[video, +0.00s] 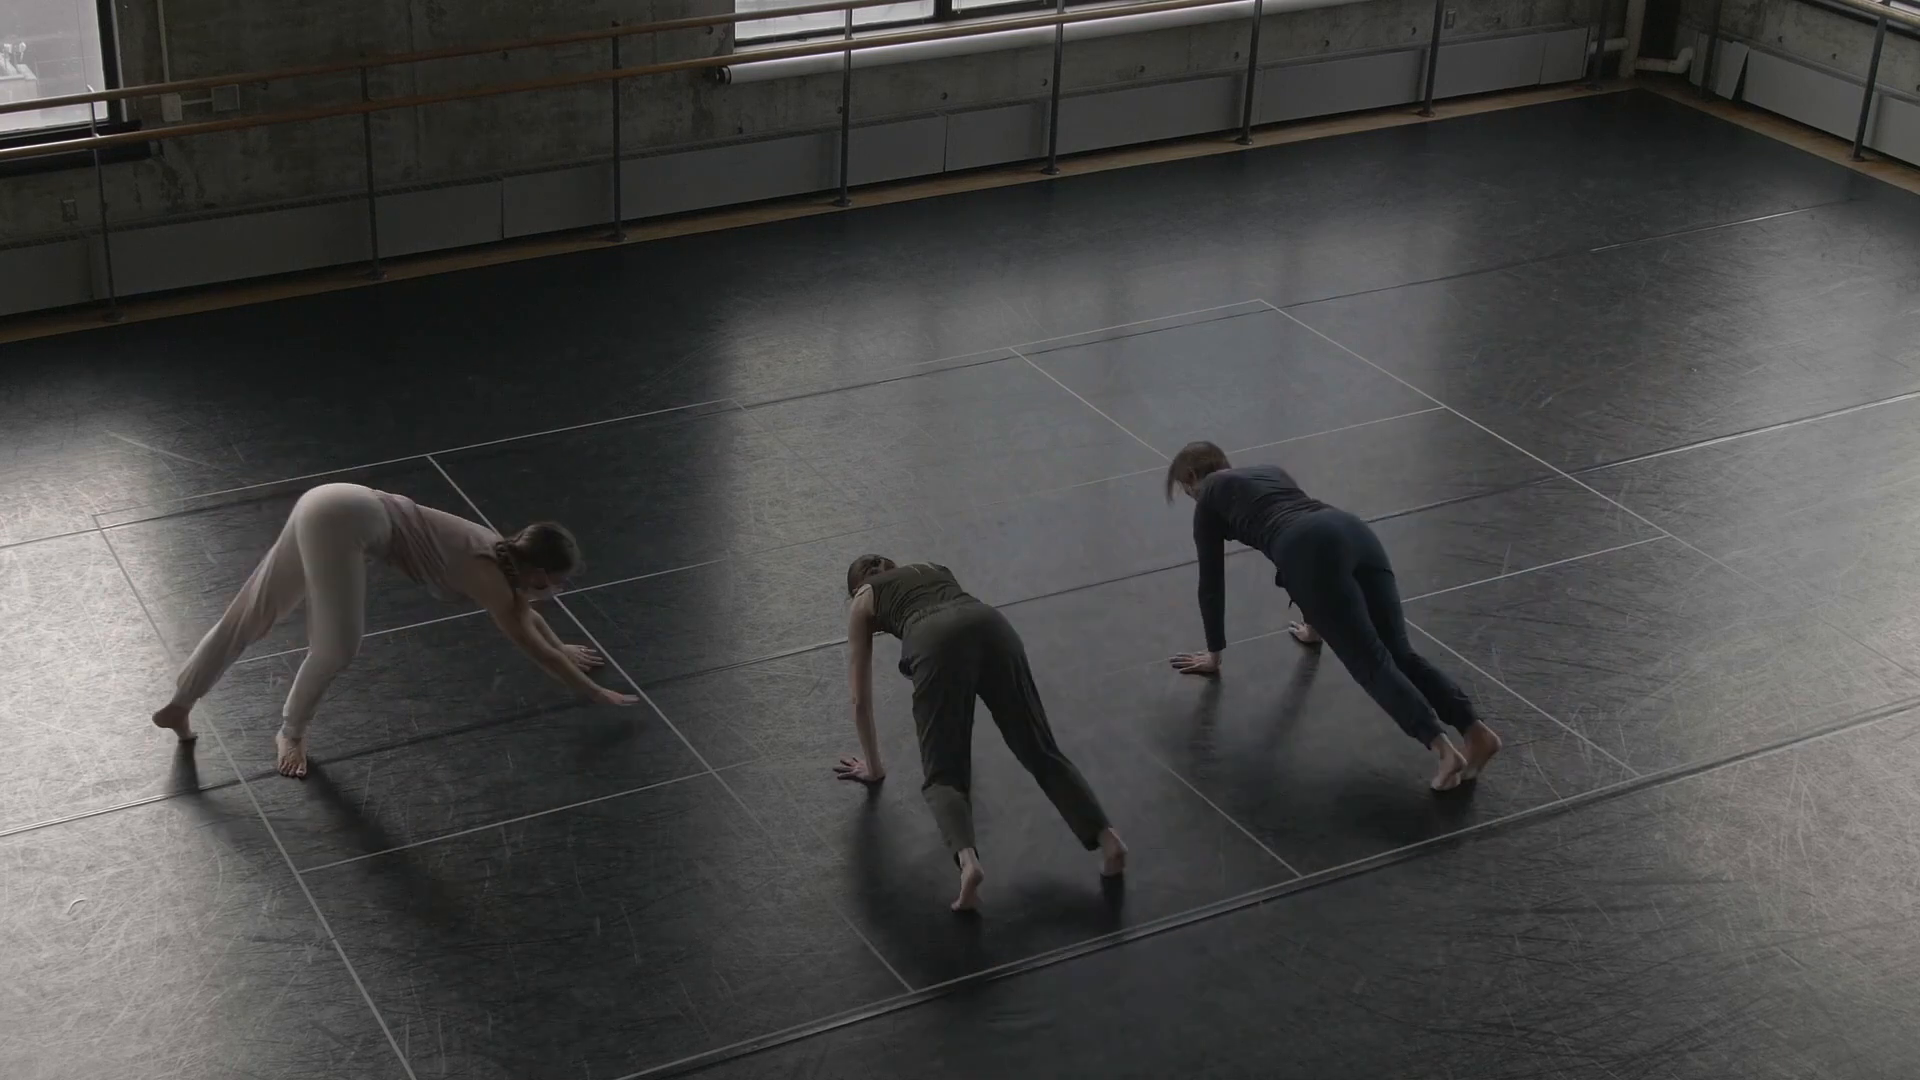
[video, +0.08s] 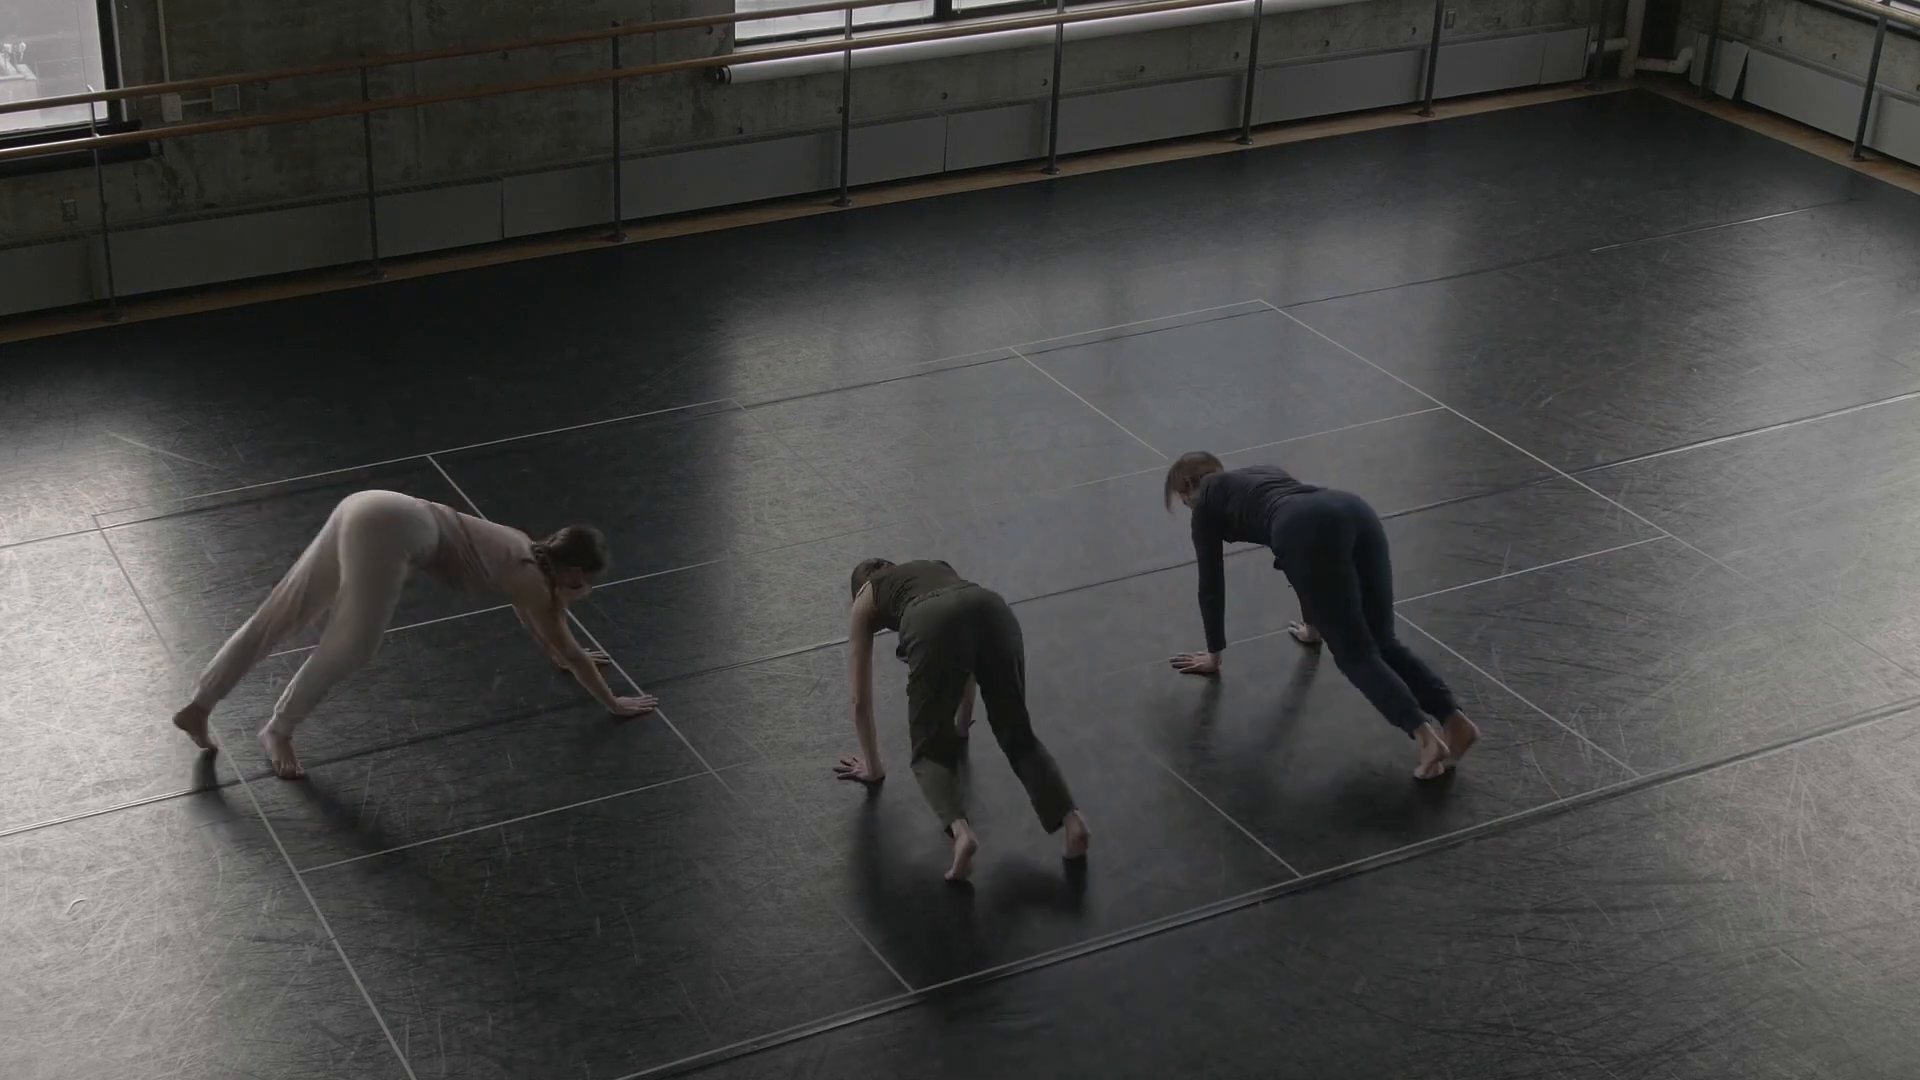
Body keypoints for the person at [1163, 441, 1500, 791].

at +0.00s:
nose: (1190, 496)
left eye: (1187, 488)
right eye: (1185, 490)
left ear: (1195, 478)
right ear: (1221, 463)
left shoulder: (1210, 499)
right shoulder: (1268, 473)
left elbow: (1210, 584)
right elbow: (1304, 543)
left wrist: (1214, 653)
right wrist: (1313, 624)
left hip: (1307, 552)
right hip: (1353, 530)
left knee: (1371, 665)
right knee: (1400, 651)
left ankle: (1445, 751)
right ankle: (1477, 732)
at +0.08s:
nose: (1189, 508)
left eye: (1185, 499)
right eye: (1184, 501)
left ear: (1192, 486)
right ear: (1215, 471)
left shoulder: (1206, 505)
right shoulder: (1264, 475)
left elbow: (1210, 586)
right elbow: (1299, 551)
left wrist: (1213, 653)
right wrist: (1312, 628)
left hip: (1306, 529)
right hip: (1356, 512)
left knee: (1355, 655)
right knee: (1384, 641)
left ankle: (1425, 735)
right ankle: (1457, 723)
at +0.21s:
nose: (1192, 521)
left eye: (1188, 513)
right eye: (1186, 516)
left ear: (1195, 497)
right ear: (1214, 480)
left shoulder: (1207, 507)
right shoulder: (1257, 481)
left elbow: (1212, 585)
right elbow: (1305, 542)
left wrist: (1214, 655)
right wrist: (1316, 627)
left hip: (1310, 507)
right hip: (1366, 493)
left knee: (1330, 633)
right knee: (1355, 618)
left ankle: (1396, 714)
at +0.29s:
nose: (1197, 523)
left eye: (1194, 516)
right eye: (1192, 518)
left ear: (1199, 502)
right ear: (1218, 483)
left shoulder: (1211, 509)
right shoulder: (1258, 482)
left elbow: (1213, 585)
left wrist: (1214, 655)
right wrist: (1309, 624)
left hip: (1318, 502)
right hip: (1372, 494)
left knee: (1303, 614)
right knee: (1332, 601)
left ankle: (1372, 695)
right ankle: (1388, 685)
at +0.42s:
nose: (1201, 524)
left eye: (1197, 517)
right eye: (1195, 519)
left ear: (1204, 503)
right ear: (1224, 482)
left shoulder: (1217, 510)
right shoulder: (1259, 485)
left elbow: (1216, 589)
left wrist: (1214, 655)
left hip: (1335, 525)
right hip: (1378, 516)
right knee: (1300, 590)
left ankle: (1349, 678)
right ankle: (1358, 671)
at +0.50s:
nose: (1202, 522)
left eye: (1197, 515)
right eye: (1196, 518)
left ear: (1205, 501)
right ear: (1225, 483)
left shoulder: (1221, 513)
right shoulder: (1261, 489)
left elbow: (1218, 592)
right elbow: (1309, 538)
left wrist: (1215, 657)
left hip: (1352, 551)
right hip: (1382, 539)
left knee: (1251, 599)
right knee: (1277, 590)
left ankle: (1343, 673)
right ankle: (1346, 664)